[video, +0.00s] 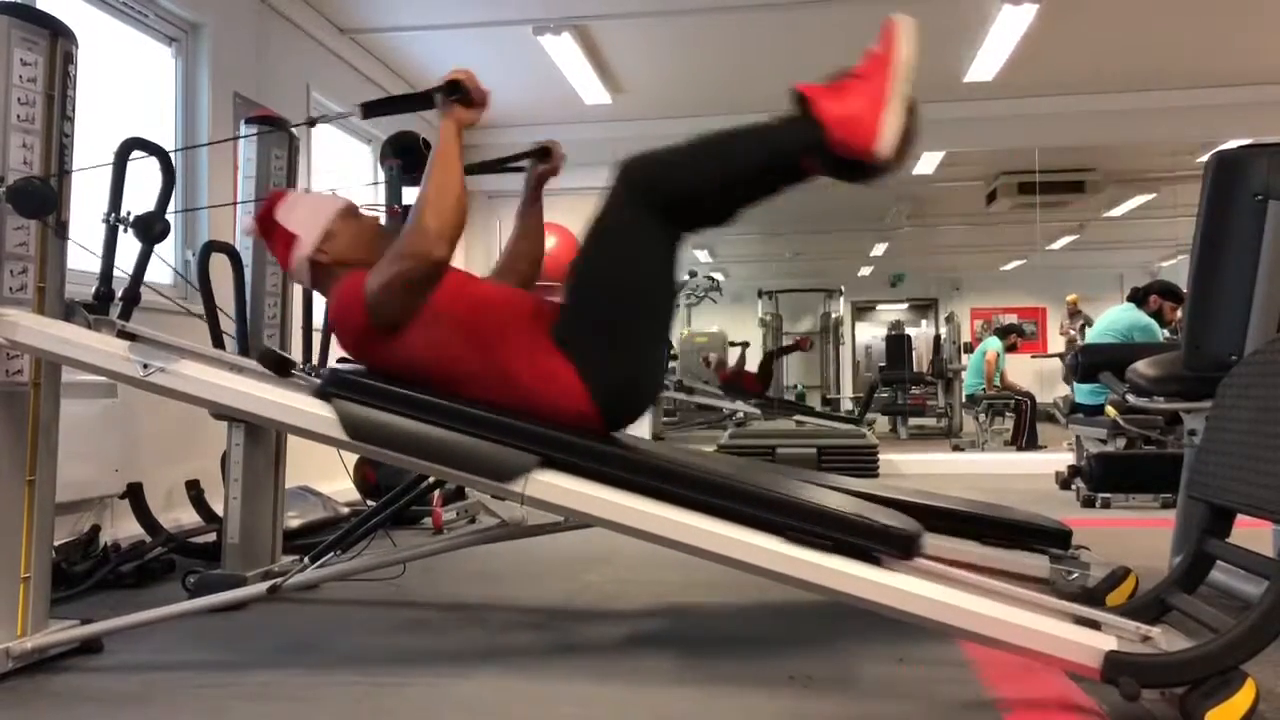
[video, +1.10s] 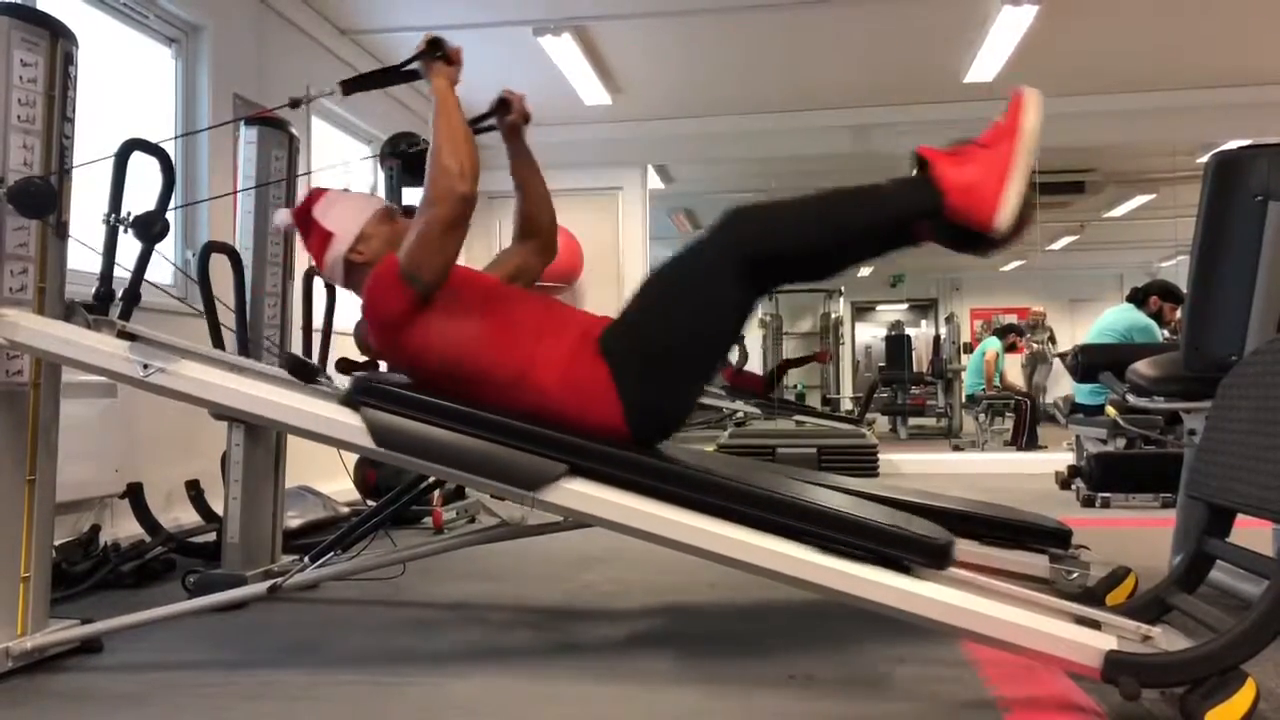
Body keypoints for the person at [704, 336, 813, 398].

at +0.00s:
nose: (720, 357)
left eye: (718, 356)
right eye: (718, 357)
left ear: (716, 366)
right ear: (717, 365)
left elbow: (739, 366)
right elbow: (739, 367)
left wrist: (742, 350)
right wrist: (743, 350)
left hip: (758, 384)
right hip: (760, 386)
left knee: (769, 356)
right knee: (769, 356)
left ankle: (797, 345)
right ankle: (798, 346)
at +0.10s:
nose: (719, 360)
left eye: (717, 358)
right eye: (716, 359)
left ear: (710, 365)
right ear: (714, 363)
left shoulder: (720, 373)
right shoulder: (720, 374)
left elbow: (736, 366)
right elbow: (736, 365)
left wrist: (745, 352)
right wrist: (745, 352)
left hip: (752, 382)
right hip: (754, 382)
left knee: (756, 353)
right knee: (757, 354)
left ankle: (785, 343)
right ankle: (786, 343)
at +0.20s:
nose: (714, 362)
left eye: (713, 361)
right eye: (712, 361)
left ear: (706, 364)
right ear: (710, 362)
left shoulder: (717, 373)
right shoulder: (717, 373)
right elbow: (735, 364)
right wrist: (743, 362)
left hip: (746, 380)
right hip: (748, 381)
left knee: (747, 352)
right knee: (748, 352)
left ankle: (775, 341)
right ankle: (776, 341)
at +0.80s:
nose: (714, 353)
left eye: (711, 351)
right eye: (711, 352)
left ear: (707, 360)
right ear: (710, 357)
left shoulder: (716, 368)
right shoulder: (718, 368)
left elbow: (735, 362)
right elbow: (736, 362)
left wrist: (746, 350)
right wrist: (747, 349)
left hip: (747, 382)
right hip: (750, 383)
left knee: (756, 353)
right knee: (757, 353)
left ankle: (784, 345)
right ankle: (785, 345)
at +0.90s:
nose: (720, 357)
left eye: (717, 355)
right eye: (717, 356)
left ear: (711, 363)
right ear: (715, 360)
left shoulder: (720, 371)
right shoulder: (721, 370)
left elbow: (738, 362)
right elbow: (738, 362)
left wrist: (745, 347)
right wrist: (746, 347)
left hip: (753, 385)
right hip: (755, 384)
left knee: (766, 358)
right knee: (767, 357)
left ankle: (797, 349)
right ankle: (798, 349)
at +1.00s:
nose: (720, 357)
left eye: (718, 356)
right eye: (718, 357)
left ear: (714, 364)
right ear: (715, 361)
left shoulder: (724, 372)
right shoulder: (725, 372)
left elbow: (740, 361)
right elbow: (741, 361)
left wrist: (743, 345)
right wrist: (744, 344)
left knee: (777, 362)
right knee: (778, 361)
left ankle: (806, 354)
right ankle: (807, 354)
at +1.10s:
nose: (727, 361)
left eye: (725, 360)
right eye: (724, 361)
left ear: (719, 366)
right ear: (722, 364)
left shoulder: (731, 374)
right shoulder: (729, 375)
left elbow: (742, 361)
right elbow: (742, 361)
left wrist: (741, 345)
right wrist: (741, 345)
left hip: (765, 385)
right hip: (765, 387)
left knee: (784, 365)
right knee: (784, 365)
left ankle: (816, 357)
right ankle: (816, 357)